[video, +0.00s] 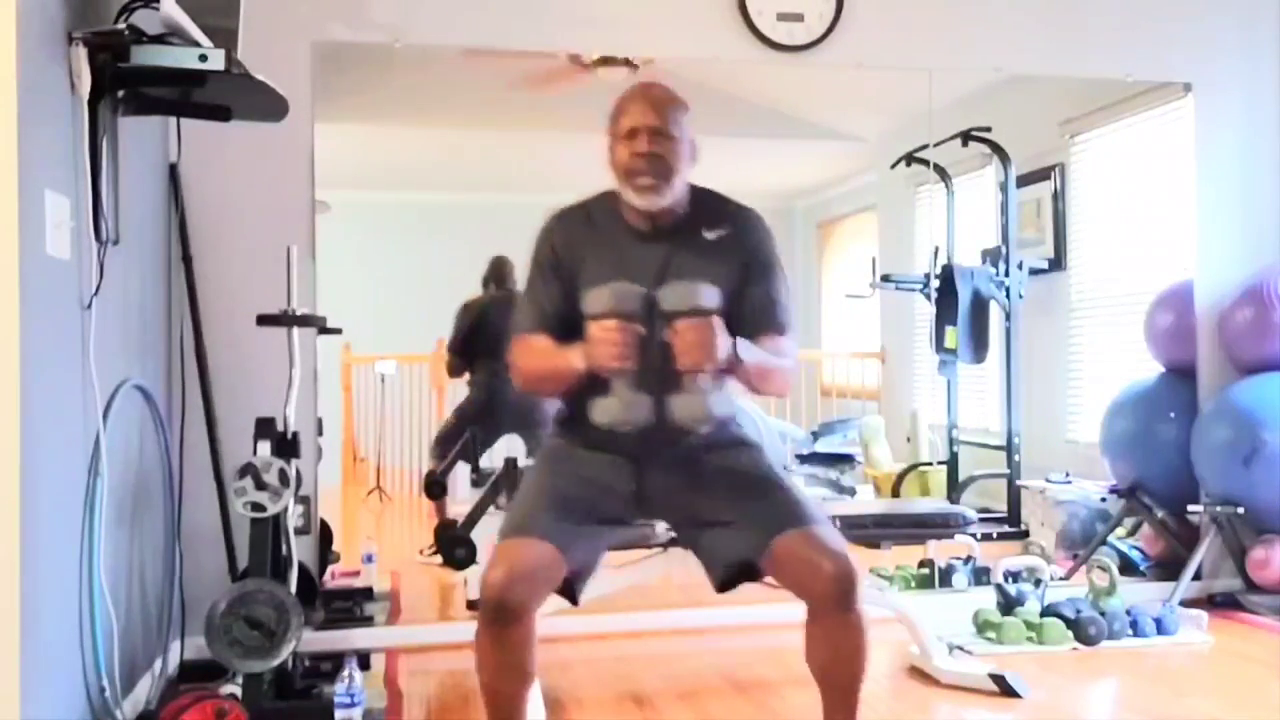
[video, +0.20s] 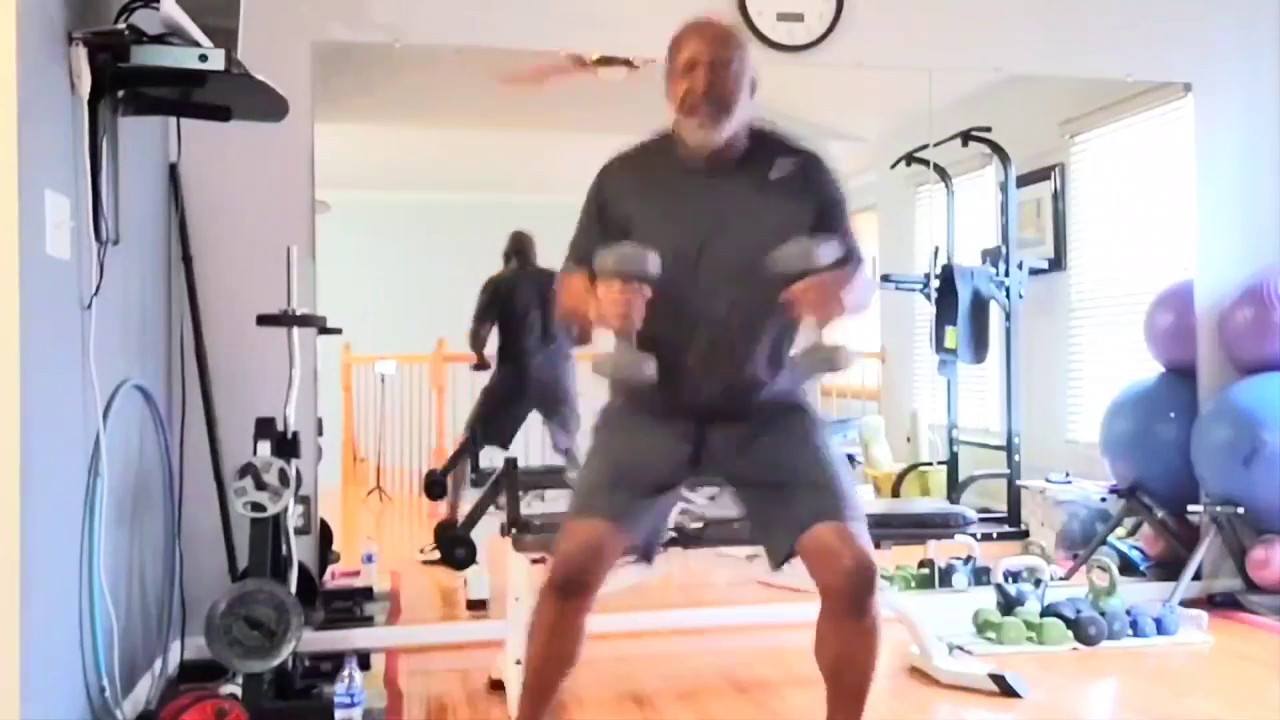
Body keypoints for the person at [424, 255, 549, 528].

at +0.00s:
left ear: (486, 279)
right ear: (513, 278)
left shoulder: (474, 309)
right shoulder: (529, 308)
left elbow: (454, 366)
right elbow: (541, 355)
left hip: (485, 400)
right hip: (526, 399)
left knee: (442, 450)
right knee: (545, 454)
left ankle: (443, 521)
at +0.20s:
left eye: (510, 253)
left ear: (507, 253)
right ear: (533, 252)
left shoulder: (497, 284)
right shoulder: (555, 281)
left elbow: (479, 332)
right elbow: (581, 330)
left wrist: (480, 357)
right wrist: (566, 340)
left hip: (514, 372)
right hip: (554, 370)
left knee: (475, 434)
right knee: (567, 438)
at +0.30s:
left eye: (515, 235)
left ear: (516, 235)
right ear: (542, 233)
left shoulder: (510, 263)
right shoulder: (568, 260)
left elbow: (496, 308)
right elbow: (600, 296)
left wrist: (479, 329)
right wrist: (583, 325)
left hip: (528, 359)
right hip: (567, 360)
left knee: (494, 424)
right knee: (573, 432)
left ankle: (482, 477)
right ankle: (581, 488)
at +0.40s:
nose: (521, 234)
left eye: (521, 230)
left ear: (522, 230)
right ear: (549, 228)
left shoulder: (519, 253)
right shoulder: (575, 253)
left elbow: (512, 291)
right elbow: (609, 285)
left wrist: (484, 318)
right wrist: (605, 325)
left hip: (537, 357)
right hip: (576, 357)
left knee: (502, 430)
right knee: (573, 430)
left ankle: (509, 489)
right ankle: (583, 484)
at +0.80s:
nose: (535, 238)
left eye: (535, 234)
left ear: (536, 235)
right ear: (564, 232)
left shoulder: (532, 262)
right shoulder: (593, 259)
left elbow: (517, 313)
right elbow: (619, 310)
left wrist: (514, 339)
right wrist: (590, 319)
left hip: (562, 359)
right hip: (601, 358)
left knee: (537, 438)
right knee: (603, 427)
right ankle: (613, 466)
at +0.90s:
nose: (543, 259)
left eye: (544, 254)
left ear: (545, 254)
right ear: (572, 253)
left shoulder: (543, 280)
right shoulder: (599, 280)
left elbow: (526, 330)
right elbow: (614, 323)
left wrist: (526, 353)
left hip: (569, 373)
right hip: (608, 372)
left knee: (529, 442)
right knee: (607, 437)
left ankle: (536, 500)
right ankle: (628, 492)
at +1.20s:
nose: (560, 268)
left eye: (561, 264)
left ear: (564, 263)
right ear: (591, 262)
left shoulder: (568, 286)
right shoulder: (619, 288)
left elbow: (553, 338)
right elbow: (637, 341)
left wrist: (534, 349)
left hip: (590, 377)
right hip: (629, 378)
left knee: (539, 440)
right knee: (605, 443)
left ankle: (539, 500)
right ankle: (628, 493)